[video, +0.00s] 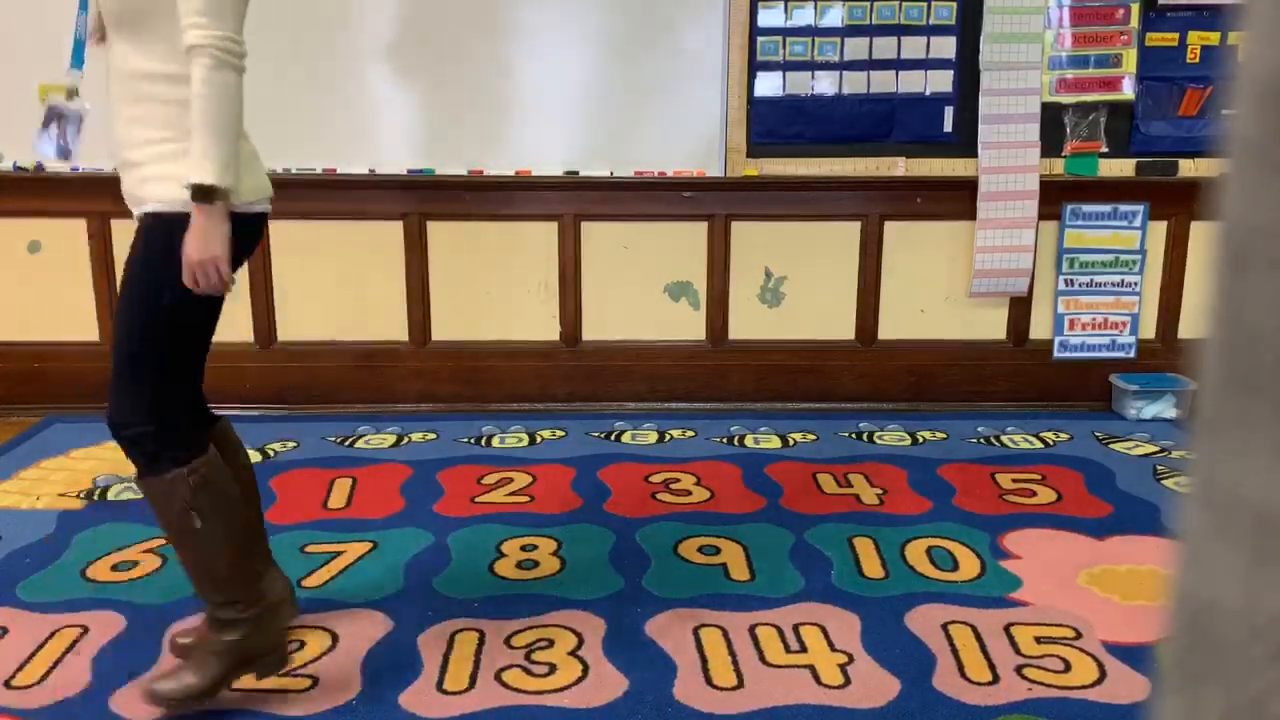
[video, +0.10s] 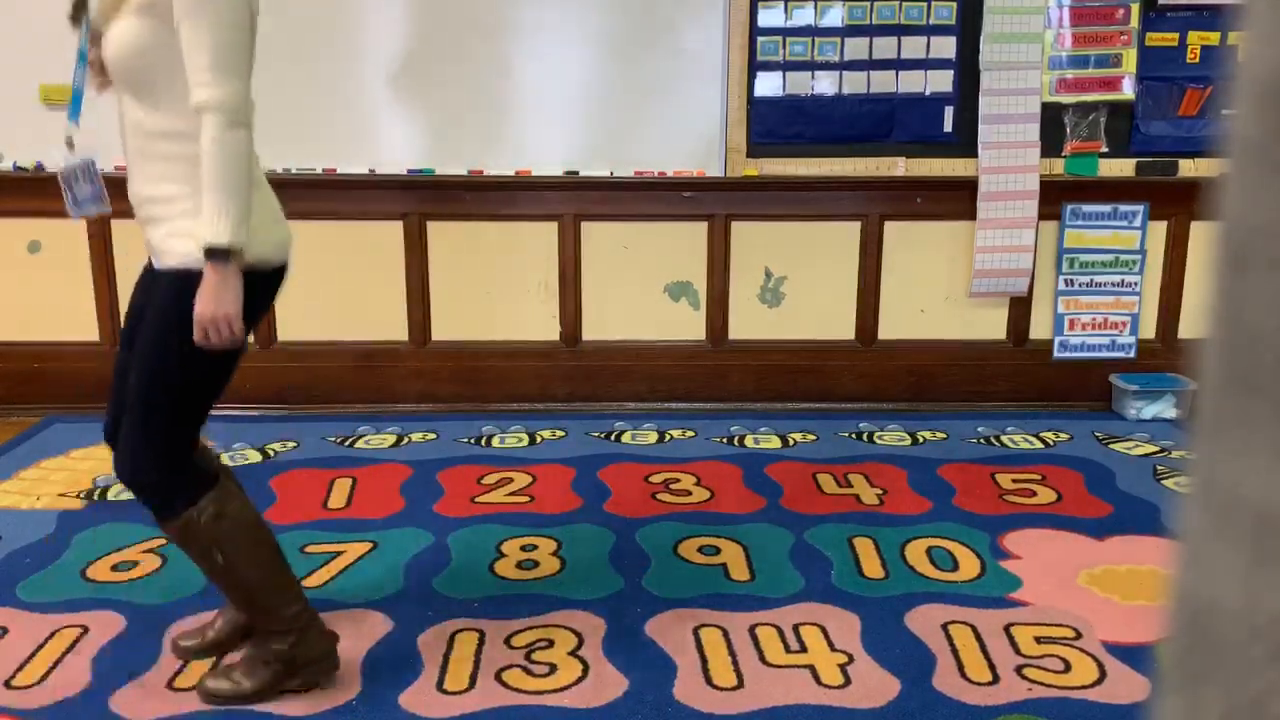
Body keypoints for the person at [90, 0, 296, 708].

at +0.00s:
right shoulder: (138, 7)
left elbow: (217, 50)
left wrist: (209, 203)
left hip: (196, 201)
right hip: (174, 198)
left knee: (142, 417)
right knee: (173, 410)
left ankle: (244, 617)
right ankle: (253, 596)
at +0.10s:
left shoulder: (208, 5)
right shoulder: (144, 8)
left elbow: (226, 109)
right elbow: (174, 91)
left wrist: (222, 259)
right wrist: (113, 66)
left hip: (223, 245)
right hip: (176, 243)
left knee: (154, 452)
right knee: (132, 438)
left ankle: (295, 633)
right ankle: (253, 602)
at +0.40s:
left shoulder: (82, 7)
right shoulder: (251, 0)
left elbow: (84, 120)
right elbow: (312, 71)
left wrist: (86, 258)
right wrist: (346, 198)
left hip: (216, 245)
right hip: (298, 227)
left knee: (185, 454)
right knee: (236, 414)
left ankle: (301, 637)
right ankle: (260, 591)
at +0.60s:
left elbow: (56, 80)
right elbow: (278, 27)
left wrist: (106, 205)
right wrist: (343, 176)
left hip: (152, 205)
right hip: (280, 183)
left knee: (208, 432)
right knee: (334, 402)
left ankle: (266, 653)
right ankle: (377, 597)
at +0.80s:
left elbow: (95, 75)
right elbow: (197, 51)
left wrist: (127, 195)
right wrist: (249, 204)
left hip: (141, 207)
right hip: (228, 203)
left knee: (213, 424)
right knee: (293, 424)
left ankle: (234, 648)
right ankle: (265, 668)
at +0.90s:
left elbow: (97, 76)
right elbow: (185, 59)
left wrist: (122, 220)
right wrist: (234, 222)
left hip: (160, 213)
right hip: (201, 218)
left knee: (247, 432)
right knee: (268, 440)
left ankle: (225, 654)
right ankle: (184, 682)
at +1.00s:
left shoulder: (104, 12)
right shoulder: (159, 5)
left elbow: (101, 117)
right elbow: (179, 108)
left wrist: (106, 270)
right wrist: (250, 279)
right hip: (175, 268)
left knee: (292, 453)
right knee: (267, 471)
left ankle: (210, 654)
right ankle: (151, 696)